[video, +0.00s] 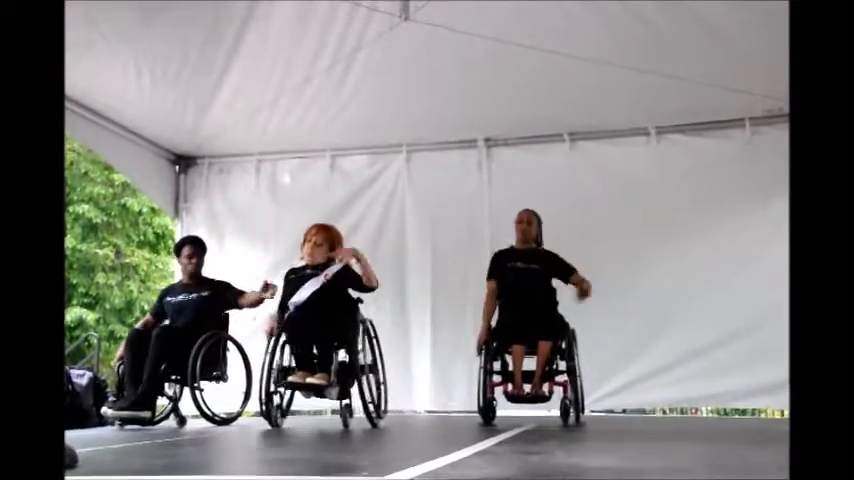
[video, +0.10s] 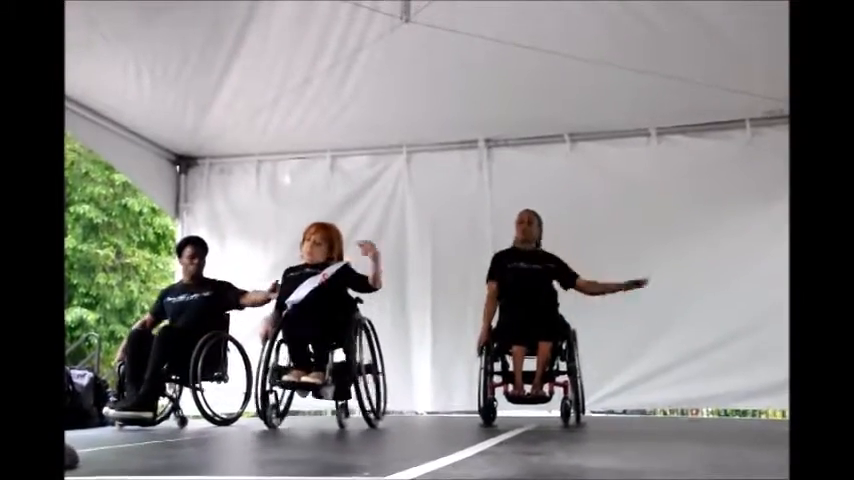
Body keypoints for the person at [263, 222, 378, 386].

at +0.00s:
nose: (310, 248)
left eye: (318, 245)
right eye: (308, 242)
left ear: (331, 253)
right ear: (303, 246)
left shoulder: (340, 271)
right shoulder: (293, 274)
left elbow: (370, 286)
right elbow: (284, 306)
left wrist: (359, 258)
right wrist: (275, 324)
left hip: (334, 318)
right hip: (305, 319)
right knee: (294, 320)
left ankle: (323, 373)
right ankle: (303, 370)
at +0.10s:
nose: (309, 247)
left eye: (317, 244)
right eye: (307, 241)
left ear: (331, 251)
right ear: (302, 245)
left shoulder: (339, 270)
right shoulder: (291, 273)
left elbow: (372, 285)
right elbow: (280, 305)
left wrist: (374, 258)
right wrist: (270, 325)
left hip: (332, 318)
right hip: (302, 317)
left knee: (319, 323)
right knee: (291, 320)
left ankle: (318, 371)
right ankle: (299, 368)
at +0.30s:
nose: (308, 243)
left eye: (317, 241)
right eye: (306, 238)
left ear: (330, 249)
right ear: (301, 241)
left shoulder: (337, 270)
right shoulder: (287, 271)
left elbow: (372, 285)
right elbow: (272, 306)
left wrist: (397, 259)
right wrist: (256, 327)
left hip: (324, 318)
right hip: (292, 317)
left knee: (295, 318)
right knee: (280, 316)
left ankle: (300, 371)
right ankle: (285, 369)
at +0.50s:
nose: (302, 241)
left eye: (310, 237)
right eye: (301, 235)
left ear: (326, 243)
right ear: (297, 238)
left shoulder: (332, 268)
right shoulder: (285, 269)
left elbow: (361, 286)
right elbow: (267, 302)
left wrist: (385, 259)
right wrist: (248, 328)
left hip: (314, 317)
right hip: (284, 315)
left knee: (273, 317)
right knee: (263, 319)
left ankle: (274, 373)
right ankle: (270, 371)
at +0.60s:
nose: (295, 237)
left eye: (303, 234)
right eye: (297, 233)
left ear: (320, 240)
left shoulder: (328, 265)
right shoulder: (286, 267)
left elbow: (347, 289)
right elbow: (268, 300)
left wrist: (368, 261)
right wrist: (244, 327)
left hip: (311, 314)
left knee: (263, 318)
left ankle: (263, 372)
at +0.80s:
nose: (291, 236)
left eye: (295, 231)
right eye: (292, 231)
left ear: (305, 233)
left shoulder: (313, 260)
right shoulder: (298, 259)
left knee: (248, 317)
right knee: (253, 317)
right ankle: (258, 377)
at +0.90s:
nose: (288, 232)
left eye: (292, 228)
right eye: (289, 228)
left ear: (302, 231)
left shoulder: (309, 257)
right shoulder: (291, 258)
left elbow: (306, 292)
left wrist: (275, 286)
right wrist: (267, 286)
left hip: (301, 318)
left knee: (244, 313)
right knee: (245, 313)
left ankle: (235, 370)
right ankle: (245, 376)